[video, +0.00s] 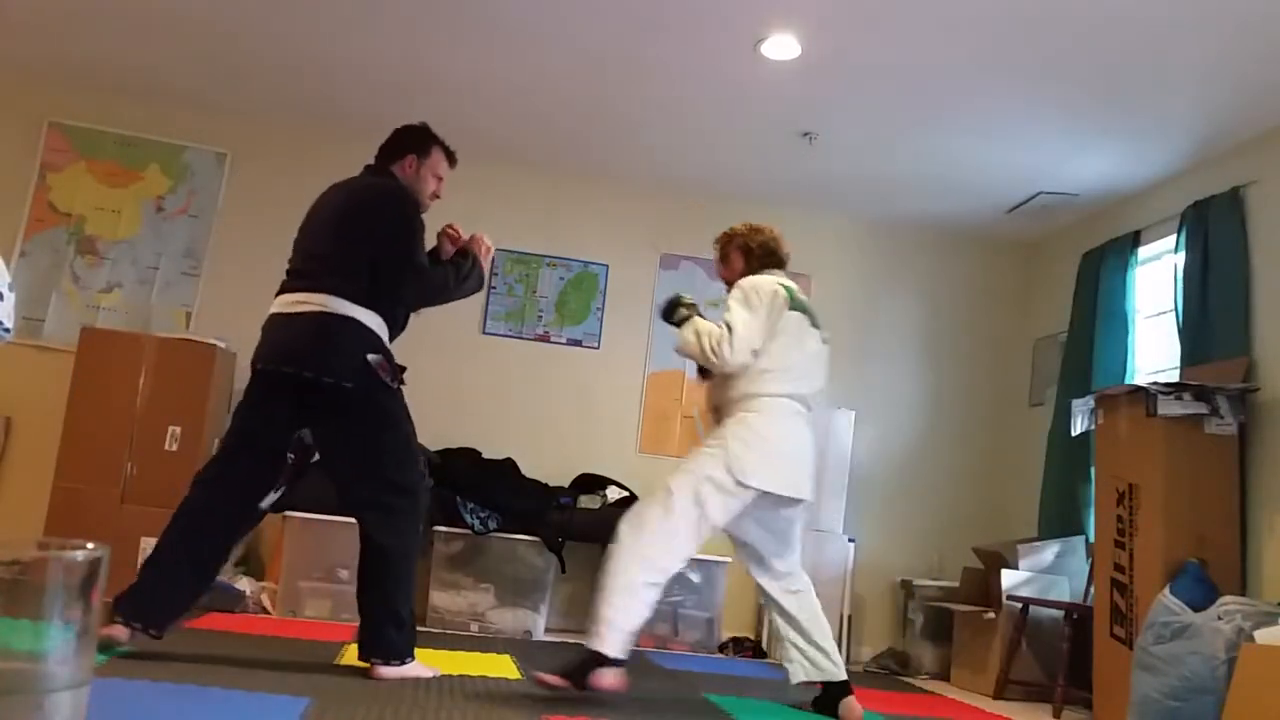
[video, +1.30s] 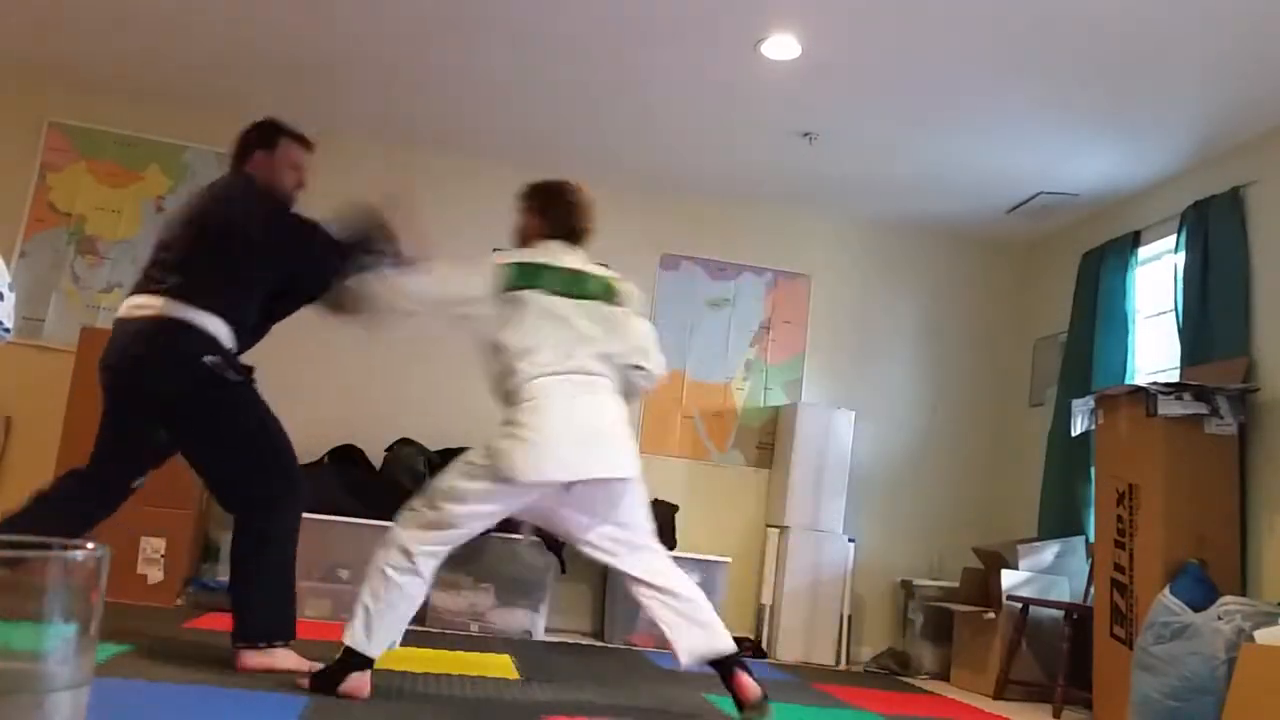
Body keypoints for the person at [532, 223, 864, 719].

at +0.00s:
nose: (720, 271)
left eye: (724, 261)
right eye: (720, 262)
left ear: (744, 257)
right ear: (771, 260)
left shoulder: (755, 288)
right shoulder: (803, 309)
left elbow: (730, 351)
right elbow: (782, 378)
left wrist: (685, 317)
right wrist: (714, 356)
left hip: (752, 439)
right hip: (794, 450)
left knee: (653, 525)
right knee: (782, 571)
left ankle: (604, 656)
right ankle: (833, 686)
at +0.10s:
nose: (690, 255)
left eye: (695, 246)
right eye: (692, 247)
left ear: (712, 246)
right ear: (744, 252)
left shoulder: (717, 275)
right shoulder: (780, 313)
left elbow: (696, 321)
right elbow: (791, 386)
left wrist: (639, 292)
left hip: (715, 434)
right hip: (768, 446)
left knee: (625, 528)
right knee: (780, 564)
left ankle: (551, 648)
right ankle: (832, 683)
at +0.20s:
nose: (649, 242)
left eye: (653, 234)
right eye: (651, 234)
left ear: (668, 234)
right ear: (709, 242)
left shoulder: (655, 268)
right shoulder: (744, 299)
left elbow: (580, 266)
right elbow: (773, 379)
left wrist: (516, 240)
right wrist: (712, 391)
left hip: (680, 440)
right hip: (743, 447)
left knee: (586, 547)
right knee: (764, 557)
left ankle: (521, 665)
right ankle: (818, 674)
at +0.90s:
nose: (644, 222)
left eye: (647, 211)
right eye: (643, 212)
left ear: (671, 207)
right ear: (703, 213)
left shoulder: (661, 246)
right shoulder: (748, 282)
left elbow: (620, 326)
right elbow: (737, 366)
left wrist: (579, 298)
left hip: (648, 427)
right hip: (714, 440)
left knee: (555, 526)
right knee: (719, 563)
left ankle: (534, 665)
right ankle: (758, 700)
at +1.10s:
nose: (613, 239)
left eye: (616, 229)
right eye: (613, 229)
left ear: (636, 229)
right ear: (674, 233)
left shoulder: (629, 273)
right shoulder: (716, 301)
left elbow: (599, 358)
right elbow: (709, 379)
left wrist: (553, 345)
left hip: (618, 436)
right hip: (686, 451)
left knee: (501, 518)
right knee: (707, 576)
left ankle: (446, 647)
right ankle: (758, 704)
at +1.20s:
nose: (571, 231)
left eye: (575, 221)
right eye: (573, 221)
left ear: (595, 223)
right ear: (630, 227)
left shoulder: (576, 272)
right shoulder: (675, 294)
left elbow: (525, 347)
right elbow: (682, 377)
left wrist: (492, 327)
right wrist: (624, 362)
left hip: (575, 440)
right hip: (651, 453)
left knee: (458, 530)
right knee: (680, 573)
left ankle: (367, 645)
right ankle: (754, 692)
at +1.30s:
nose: (516, 224)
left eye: (522, 215)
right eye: (522, 214)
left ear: (534, 221)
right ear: (581, 227)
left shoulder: (504, 273)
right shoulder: (617, 289)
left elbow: (414, 288)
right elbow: (646, 367)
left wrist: (348, 286)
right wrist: (603, 413)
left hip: (530, 448)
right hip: (610, 456)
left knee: (418, 534)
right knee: (650, 563)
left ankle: (354, 664)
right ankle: (735, 671)